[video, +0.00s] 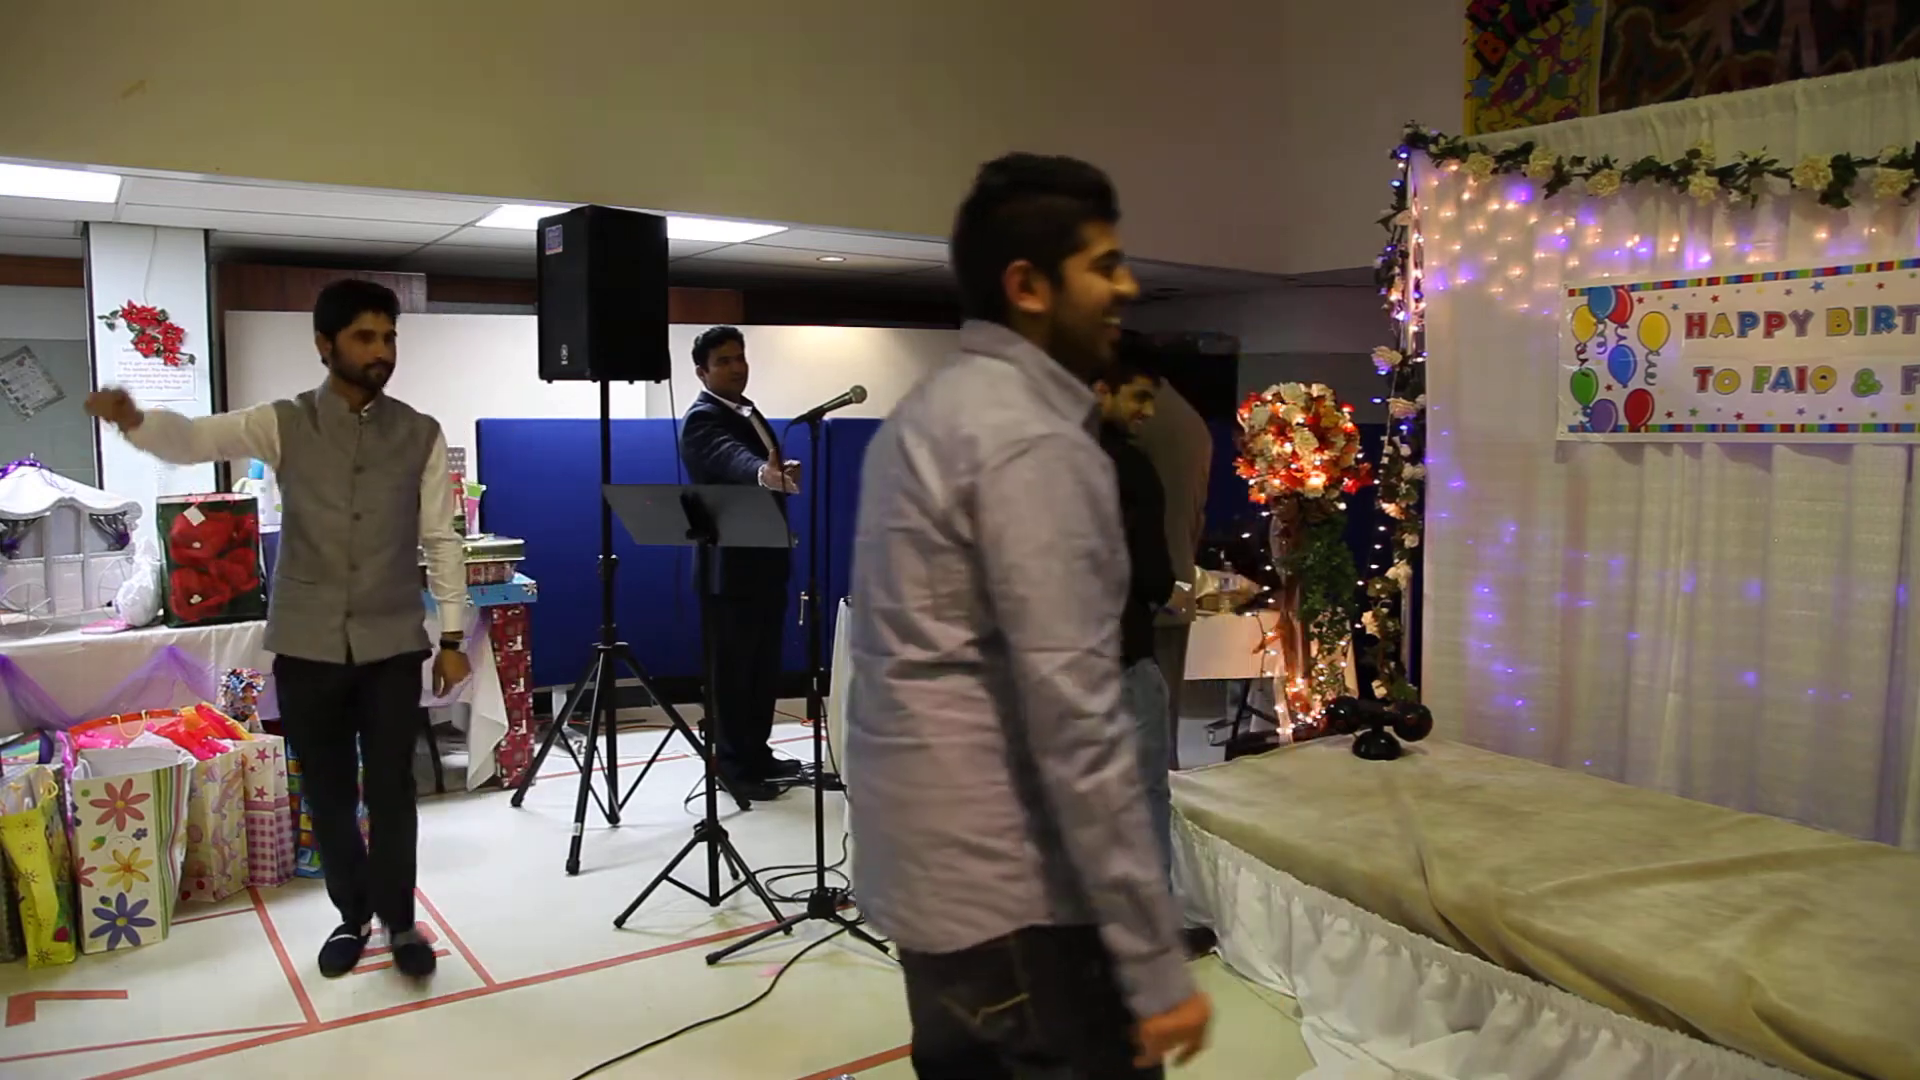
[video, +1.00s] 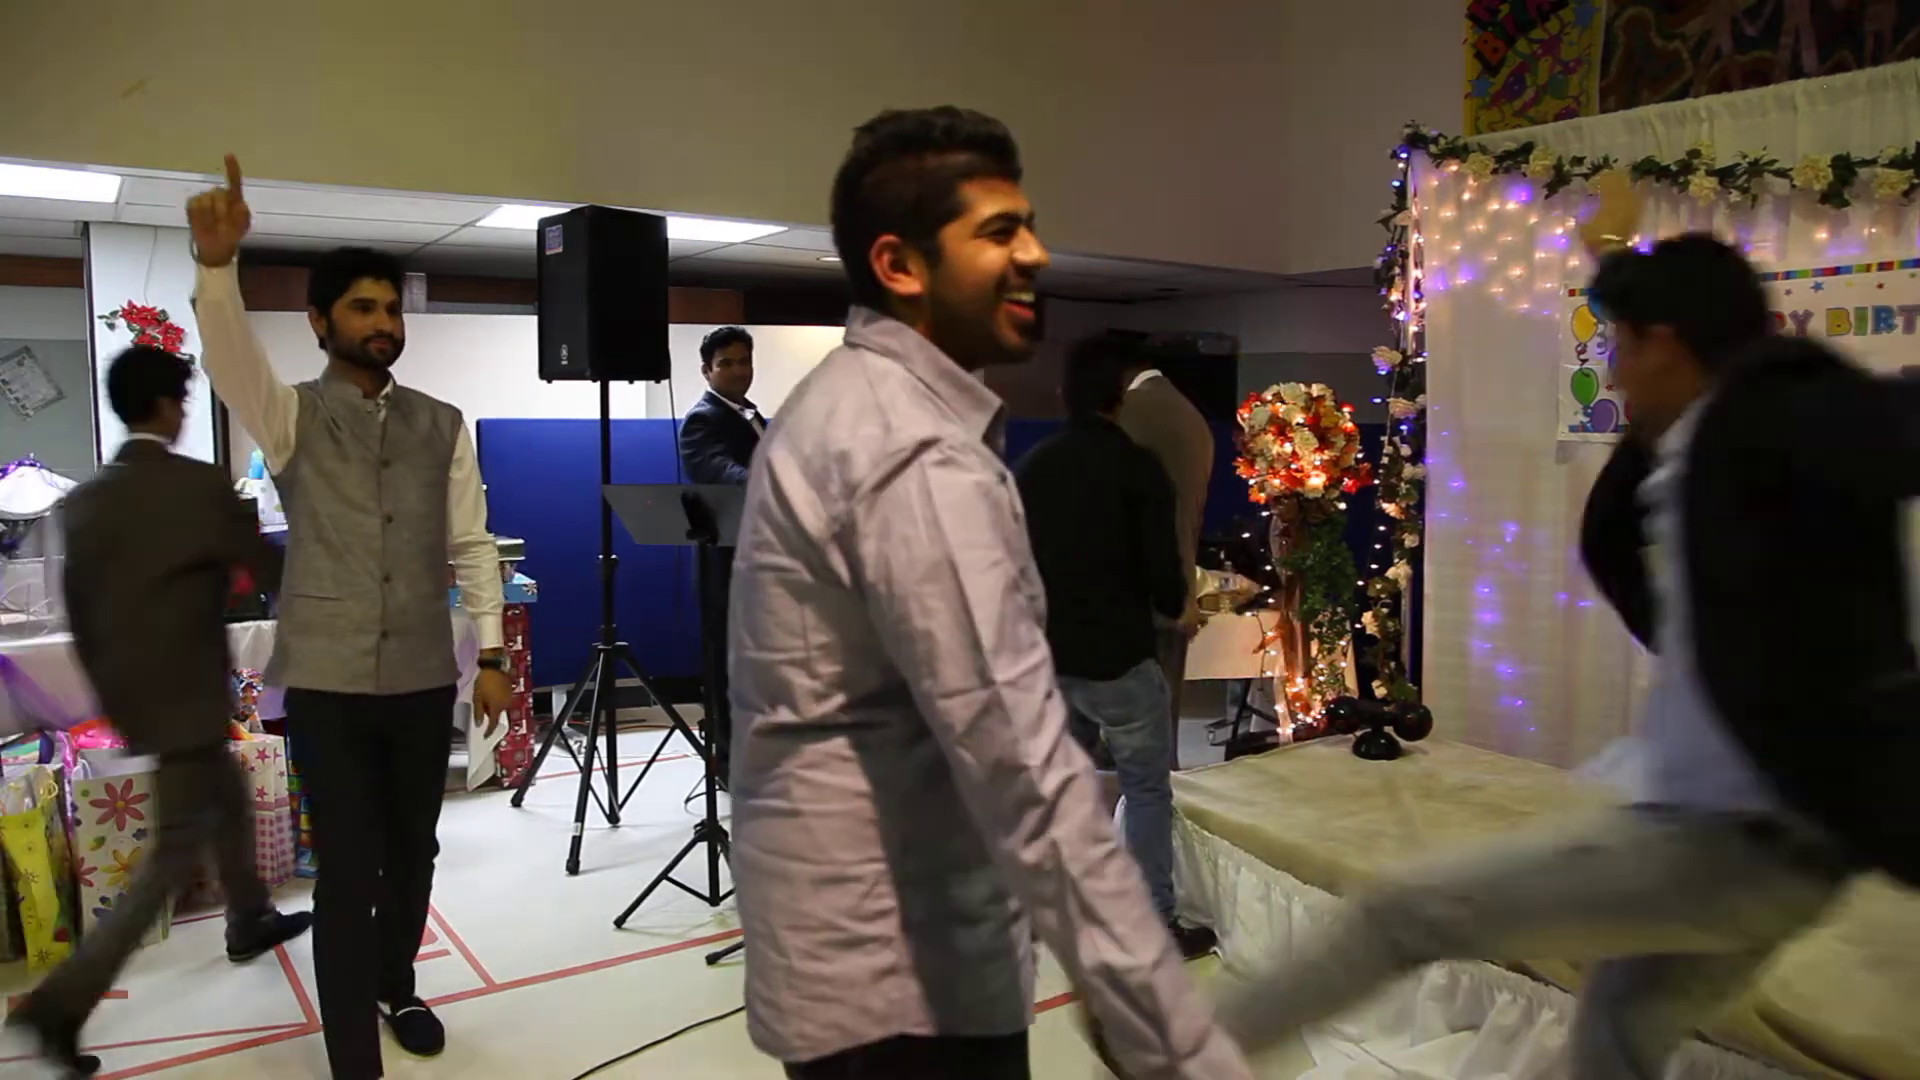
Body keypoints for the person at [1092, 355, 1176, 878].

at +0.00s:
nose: (1148, 411)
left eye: (1151, 400)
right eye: (1140, 398)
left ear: (1109, 397)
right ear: (1106, 391)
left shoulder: (1080, 447)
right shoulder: (1130, 461)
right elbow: (1152, 574)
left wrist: (1169, 593)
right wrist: (1170, 597)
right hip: (1130, 650)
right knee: (1148, 778)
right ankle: (1152, 895)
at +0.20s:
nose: (1148, 409)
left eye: (1150, 397)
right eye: (1140, 396)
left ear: (1100, 395)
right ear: (1102, 391)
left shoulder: (1053, 447)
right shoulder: (1131, 464)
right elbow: (1152, 573)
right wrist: (1165, 597)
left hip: (1055, 642)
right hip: (1116, 651)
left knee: (1065, 793)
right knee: (1145, 787)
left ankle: (1072, 923)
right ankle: (1155, 928)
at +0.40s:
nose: (1147, 407)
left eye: (1150, 395)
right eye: (1138, 395)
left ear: (1095, 396)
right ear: (1100, 392)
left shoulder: (1051, 456)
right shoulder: (1133, 463)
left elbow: (1046, 547)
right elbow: (1156, 573)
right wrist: (1164, 593)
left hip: (1059, 648)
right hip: (1119, 656)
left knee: (1068, 787)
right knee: (1146, 788)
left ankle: (1077, 902)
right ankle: (1154, 927)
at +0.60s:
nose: (1149, 408)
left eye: (1151, 396)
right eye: (1141, 395)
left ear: (1096, 394)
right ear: (1105, 391)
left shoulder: (1046, 457)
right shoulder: (1132, 462)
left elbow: (1038, 551)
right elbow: (1158, 573)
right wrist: (1159, 597)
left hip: (1059, 652)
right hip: (1120, 658)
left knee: (1066, 797)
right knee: (1146, 791)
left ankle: (1070, 925)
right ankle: (1155, 930)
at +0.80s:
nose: (1138, 400)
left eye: (1134, 388)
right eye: (1136, 390)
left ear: (1075, 392)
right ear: (1124, 396)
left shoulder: (1038, 462)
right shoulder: (1135, 467)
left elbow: (1032, 555)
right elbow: (1160, 578)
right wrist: (1169, 605)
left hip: (1054, 657)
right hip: (1119, 661)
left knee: (1065, 800)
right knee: (1147, 790)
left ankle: (1063, 930)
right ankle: (1155, 927)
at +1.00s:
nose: (1137, 394)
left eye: (1133, 383)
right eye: (1134, 384)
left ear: (1069, 392)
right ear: (1122, 393)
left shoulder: (1035, 464)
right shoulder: (1138, 466)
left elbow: (1030, 556)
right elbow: (1164, 571)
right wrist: (1174, 611)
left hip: (1053, 653)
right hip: (1120, 659)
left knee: (1073, 787)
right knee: (1147, 790)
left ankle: (1070, 911)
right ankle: (1153, 922)